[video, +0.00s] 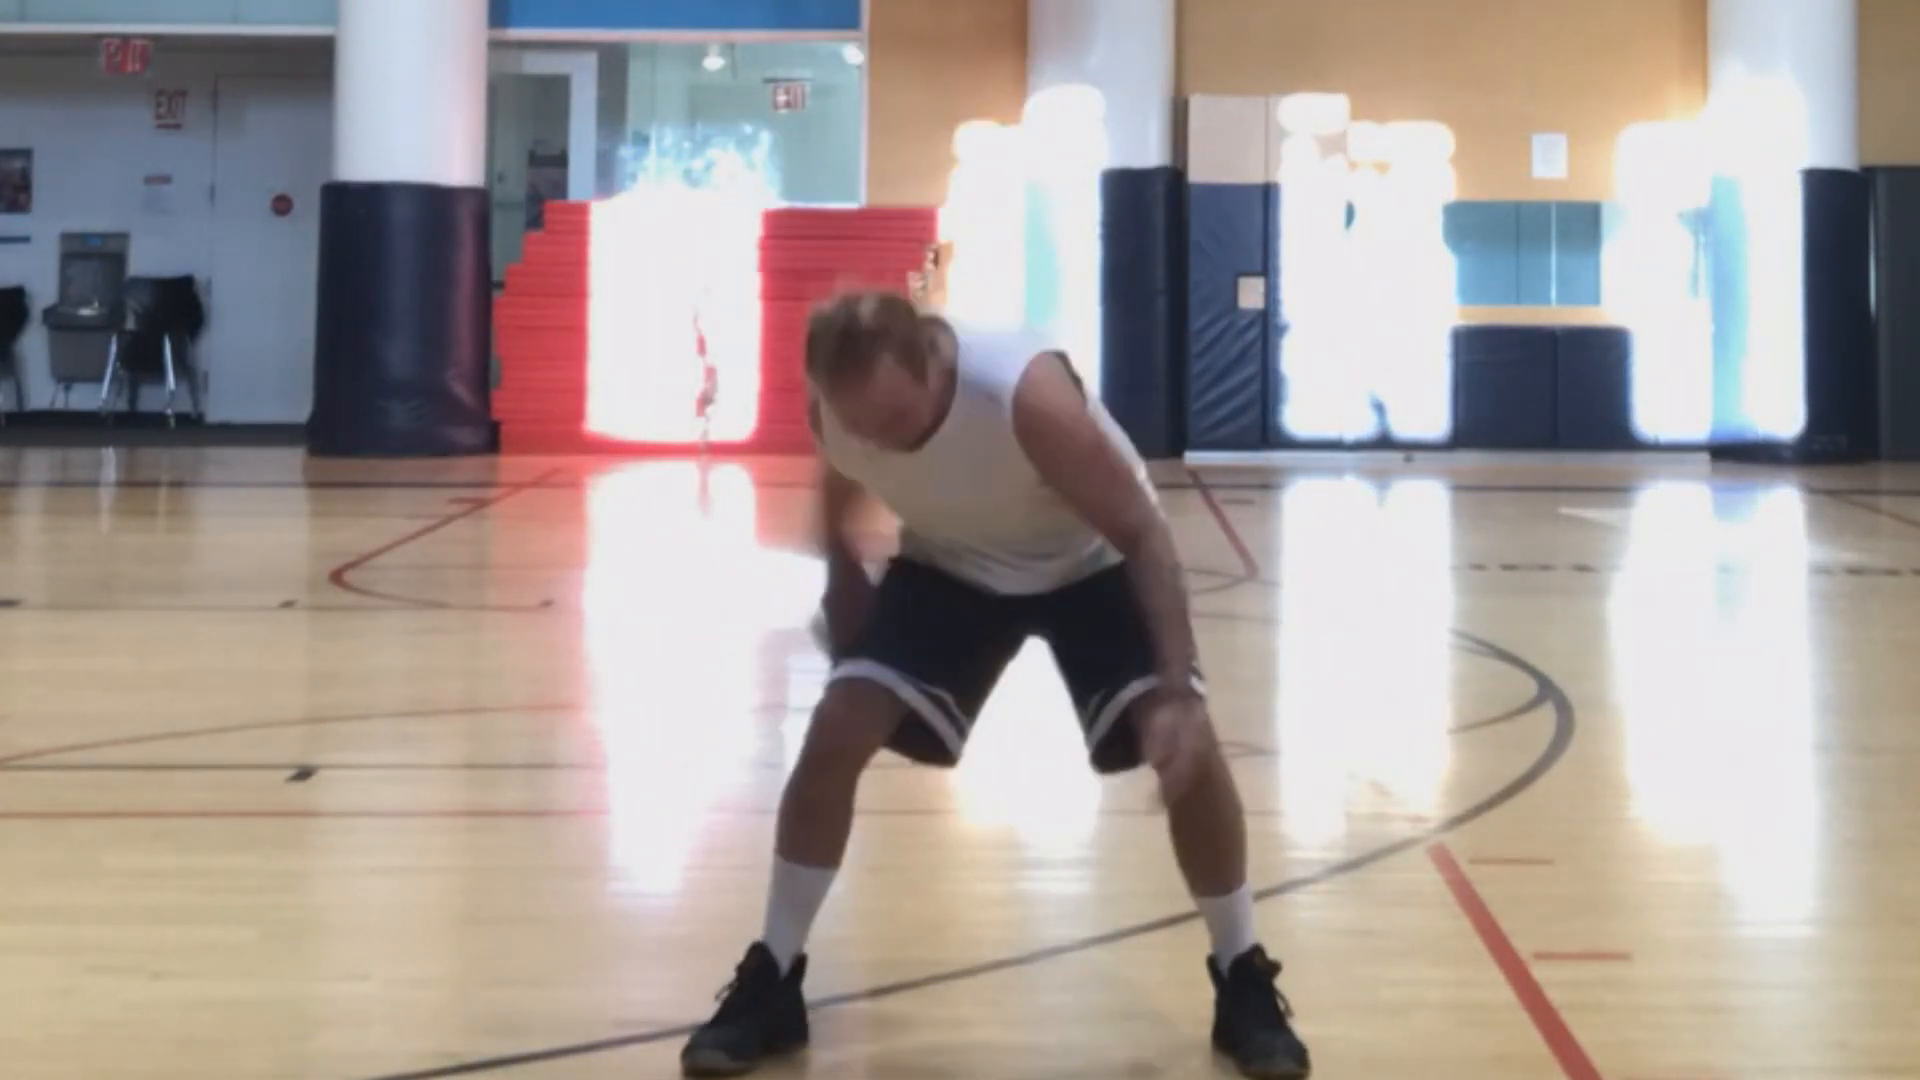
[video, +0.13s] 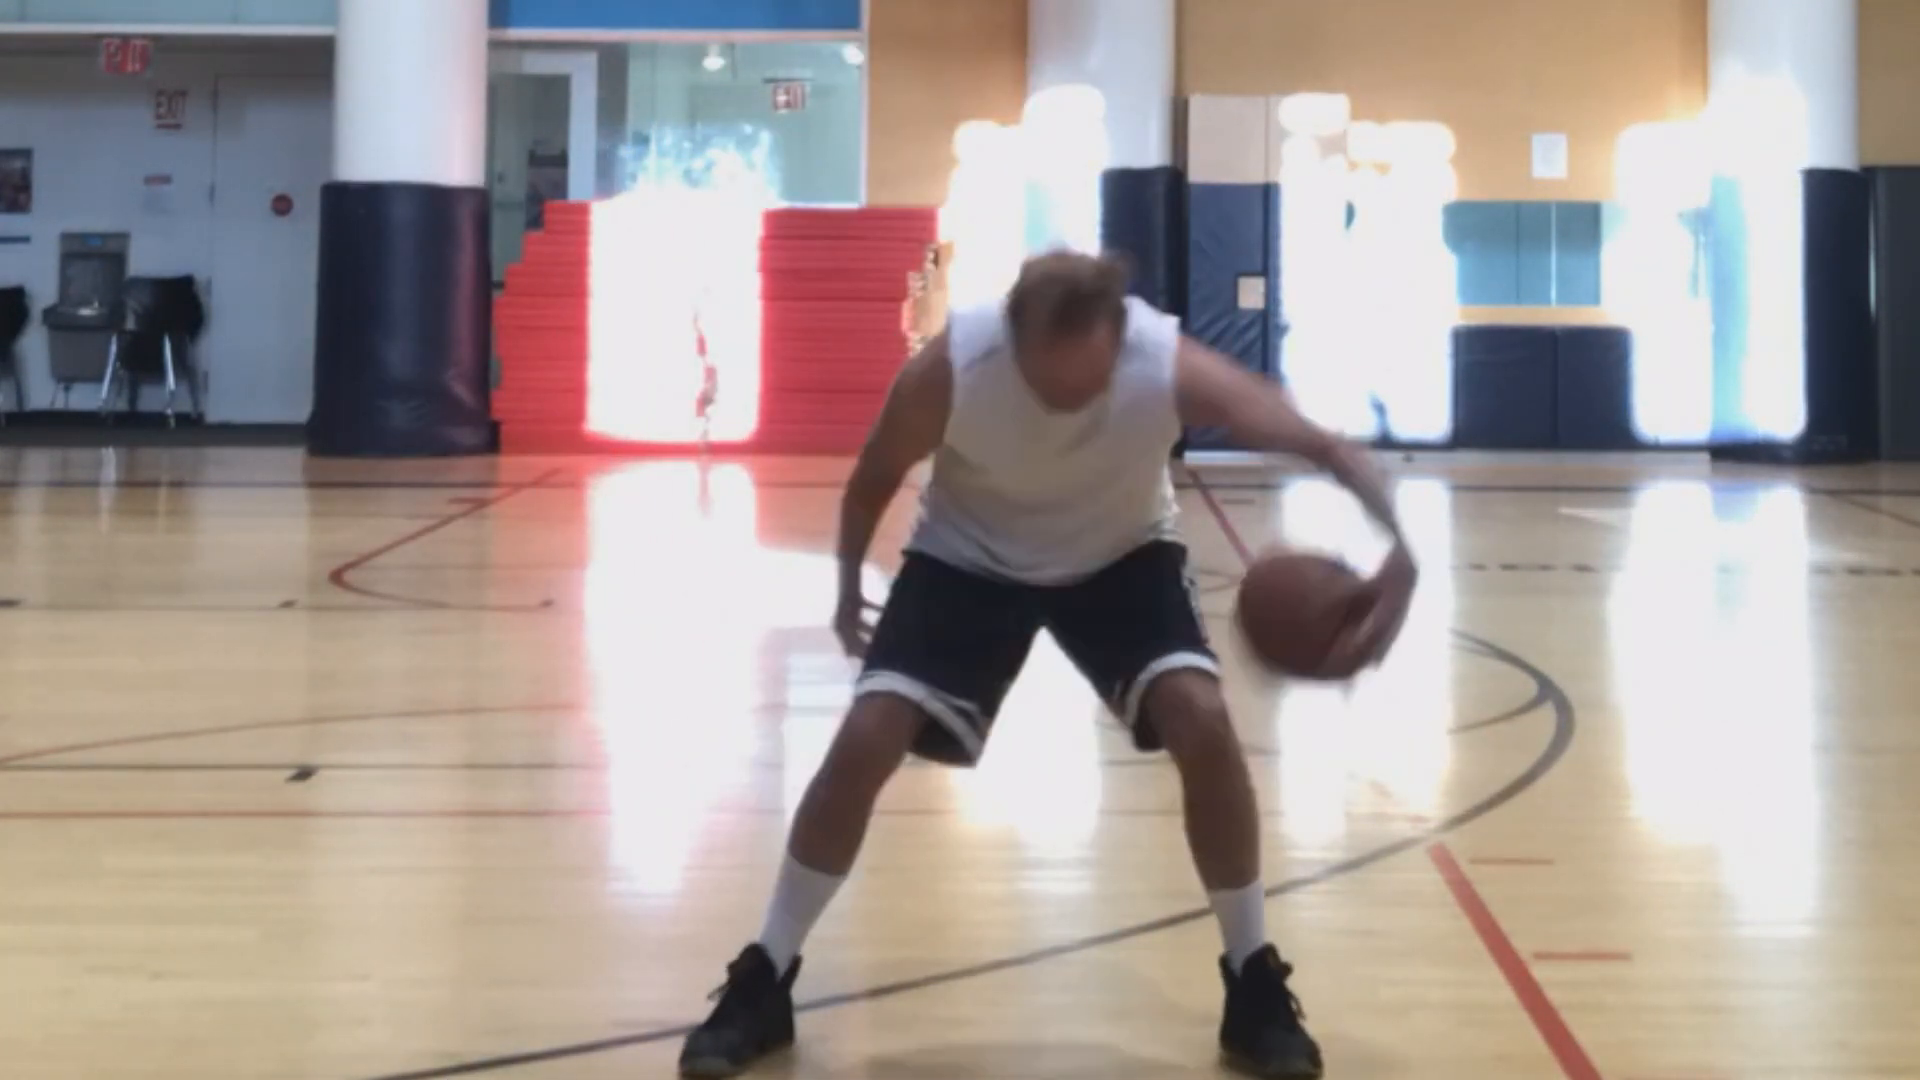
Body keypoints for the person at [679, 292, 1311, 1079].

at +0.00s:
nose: (879, 438)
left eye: (892, 418)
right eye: (861, 424)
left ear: (933, 366)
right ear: (830, 394)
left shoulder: (1029, 397)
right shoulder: (836, 402)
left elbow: (1144, 532)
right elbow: (843, 479)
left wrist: (1178, 682)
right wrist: (844, 575)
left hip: (1092, 560)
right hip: (950, 560)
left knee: (1187, 745)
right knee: (840, 724)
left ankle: (1246, 987)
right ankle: (770, 985)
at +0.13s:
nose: (1077, 390)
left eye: (1093, 375)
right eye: (1059, 376)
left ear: (1119, 340)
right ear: (1022, 340)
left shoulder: (1169, 365)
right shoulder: (950, 371)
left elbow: (1321, 447)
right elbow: (874, 479)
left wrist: (1398, 543)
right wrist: (846, 593)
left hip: (1120, 555)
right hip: (968, 555)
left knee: (1203, 724)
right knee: (868, 737)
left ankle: (1256, 984)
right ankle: (762, 980)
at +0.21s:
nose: (1077, 406)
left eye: (1095, 392)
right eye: (1059, 391)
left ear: (1126, 348)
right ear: (1022, 342)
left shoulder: (1175, 364)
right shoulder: (946, 364)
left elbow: (1327, 420)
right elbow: (863, 460)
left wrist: (1389, 502)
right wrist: (818, 560)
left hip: (1117, 552)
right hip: (959, 551)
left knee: (1202, 734)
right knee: (852, 733)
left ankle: (1263, 987)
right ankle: (752, 981)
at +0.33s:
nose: (1034, 425)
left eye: (1050, 410)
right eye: (1017, 411)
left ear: (1085, 366)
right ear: (984, 370)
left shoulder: (1144, 390)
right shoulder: (933, 376)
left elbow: (1252, 500)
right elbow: (853, 455)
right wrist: (821, 545)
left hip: (1123, 555)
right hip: (966, 553)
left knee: (1219, 726)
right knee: (849, 742)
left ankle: (1266, 986)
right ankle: (734, 985)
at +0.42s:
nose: (736, 433)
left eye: (752, 418)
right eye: (731, 417)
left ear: (819, 378)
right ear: (738, 392)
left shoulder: (955, 414)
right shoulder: (753, 406)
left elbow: (1090, 531)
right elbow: (644, 548)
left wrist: (1087, 708)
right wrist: (515, 689)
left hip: (1060, 543)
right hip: (920, 547)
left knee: (1153, 742)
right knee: (812, 714)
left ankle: (1281, 984)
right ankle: (780, 985)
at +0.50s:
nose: (922, 142)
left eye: (941, 116)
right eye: (900, 122)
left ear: (981, 98)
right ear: (876, 115)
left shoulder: (1064, 203)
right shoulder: (848, 213)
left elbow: (1154, 327)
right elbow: (811, 354)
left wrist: (1235, 414)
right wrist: (792, 483)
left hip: (1062, 493)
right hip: (921, 502)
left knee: (1071, 717)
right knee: (864, 724)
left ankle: (1103, 977)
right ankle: (787, 977)